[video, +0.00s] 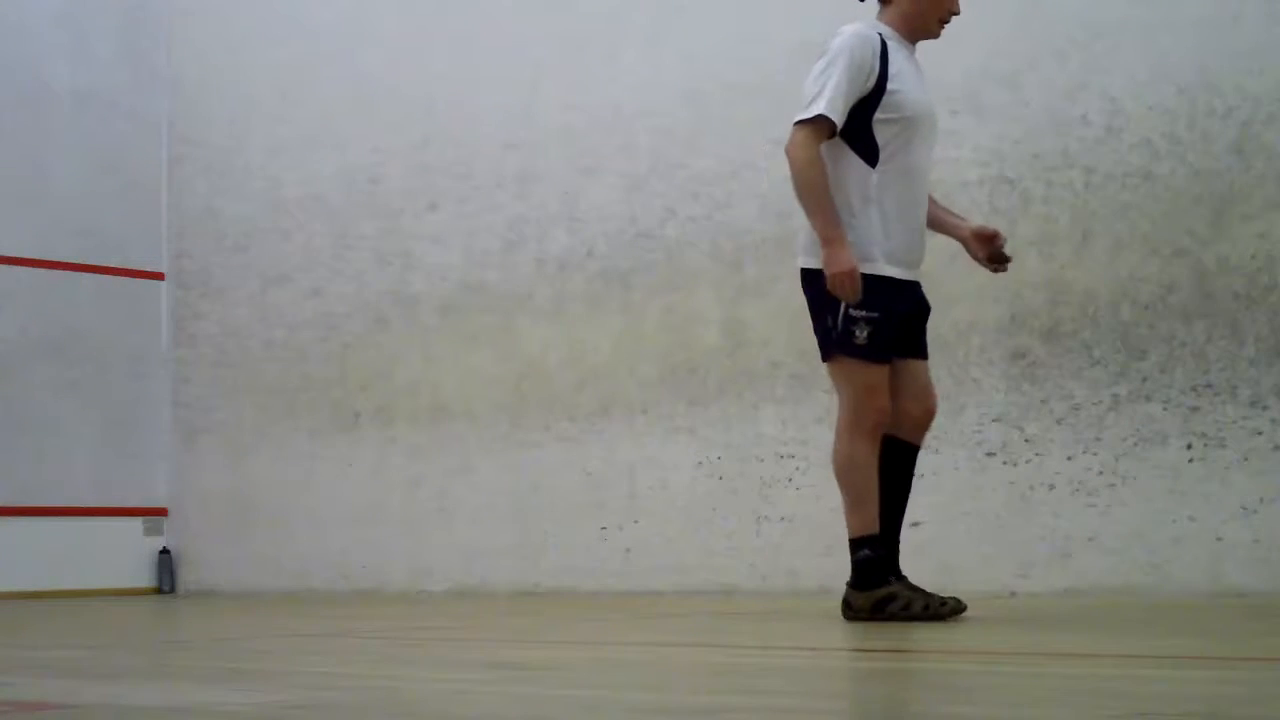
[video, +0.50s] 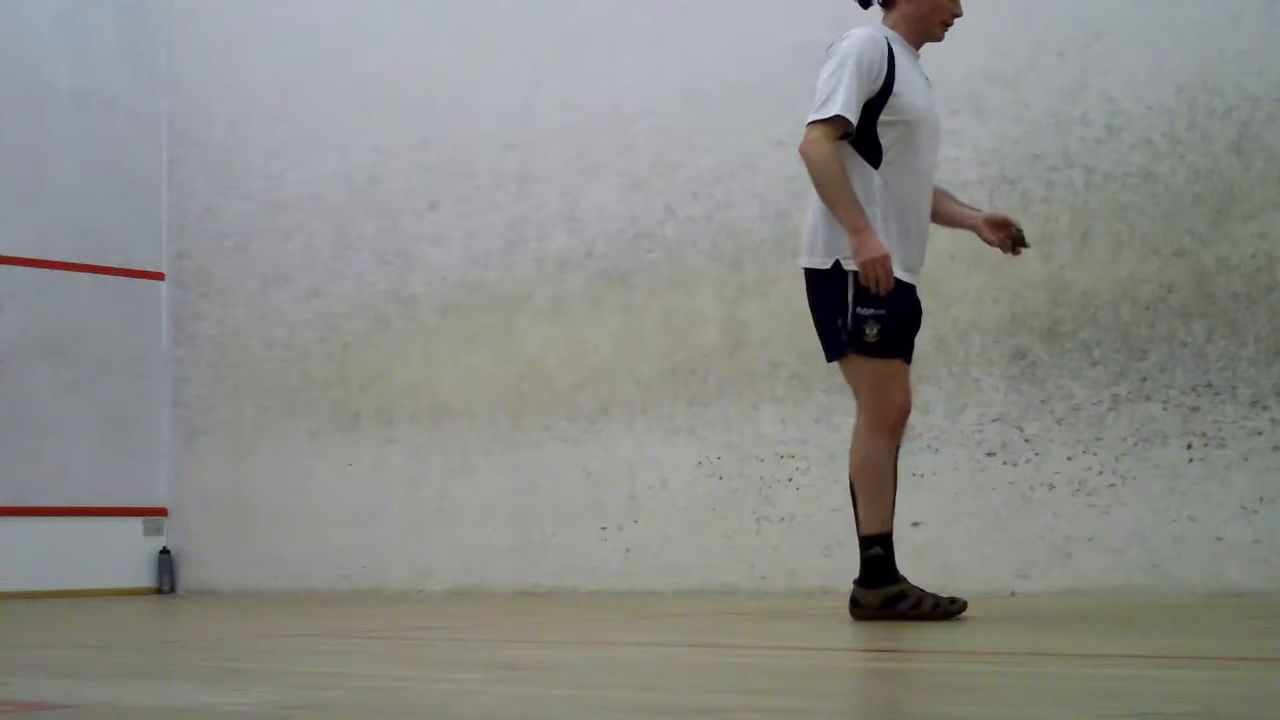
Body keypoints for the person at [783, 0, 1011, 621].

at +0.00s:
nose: (955, 8)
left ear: (918, 2)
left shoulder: (905, 64)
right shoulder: (861, 44)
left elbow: (895, 185)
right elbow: (802, 144)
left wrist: (963, 229)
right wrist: (834, 247)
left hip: (896, 271)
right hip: (852, 268)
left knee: (914, 408)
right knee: (864, 412)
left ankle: (882, 575)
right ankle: (868, 581)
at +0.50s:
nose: (958, 11)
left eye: (957, 3)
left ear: (914, 4)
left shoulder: (910, 68)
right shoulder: (866, 46)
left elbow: (907, 187)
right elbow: (818, 144)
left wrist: (977, 220)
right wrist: (861, 235)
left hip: (886, 265)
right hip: (854, 263)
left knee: (882, 414)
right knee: (884, 411)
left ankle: (878, 578)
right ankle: (877, 580)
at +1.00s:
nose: (953, 8)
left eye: (952, 0)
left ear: (910, 3)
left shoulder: (904, 67)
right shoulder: (863, 48)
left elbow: (903, 183)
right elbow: (816, 149)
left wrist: (972, 219)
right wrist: (856, 243)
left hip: (881, 268)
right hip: (844, 267)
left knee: (894, 410)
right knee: (869, 412)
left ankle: (882, 576)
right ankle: (875, 582)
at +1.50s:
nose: (952, 10)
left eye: (952, 2)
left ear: (911, 3)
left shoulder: (907, 70)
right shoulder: (857, 47)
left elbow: (911, 183)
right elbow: (808, 149)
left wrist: (978, 218)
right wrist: (849, 243)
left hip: (882, 268)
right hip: (846, 267)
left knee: (878, 413)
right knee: (878, 410)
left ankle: (879, 579)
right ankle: (877, 581)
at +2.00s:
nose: (941, 11)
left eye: (940, 3)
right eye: (933, 0)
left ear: (899, 4)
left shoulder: (897, 72)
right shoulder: (849, 54)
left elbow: (909, 185)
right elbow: (812, 151)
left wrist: (985, 171)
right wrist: (870, 233)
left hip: (892, 266)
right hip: (852, 267)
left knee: (924, 409)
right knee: (886, 411)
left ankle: (869, 571)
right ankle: (874, 580)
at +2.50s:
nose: (931, 21)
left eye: (934, 11)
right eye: (918, 9)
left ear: (931, 20)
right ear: (878, 12)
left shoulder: (907, 92)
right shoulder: (848, 72)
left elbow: (917, 205)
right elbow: (785, 167)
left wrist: (993, 286)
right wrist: (835, 216)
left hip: (898, 268)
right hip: (874, 262)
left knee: (935, 431)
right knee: (1028, 233)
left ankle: (869, 581)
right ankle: (936, 377)